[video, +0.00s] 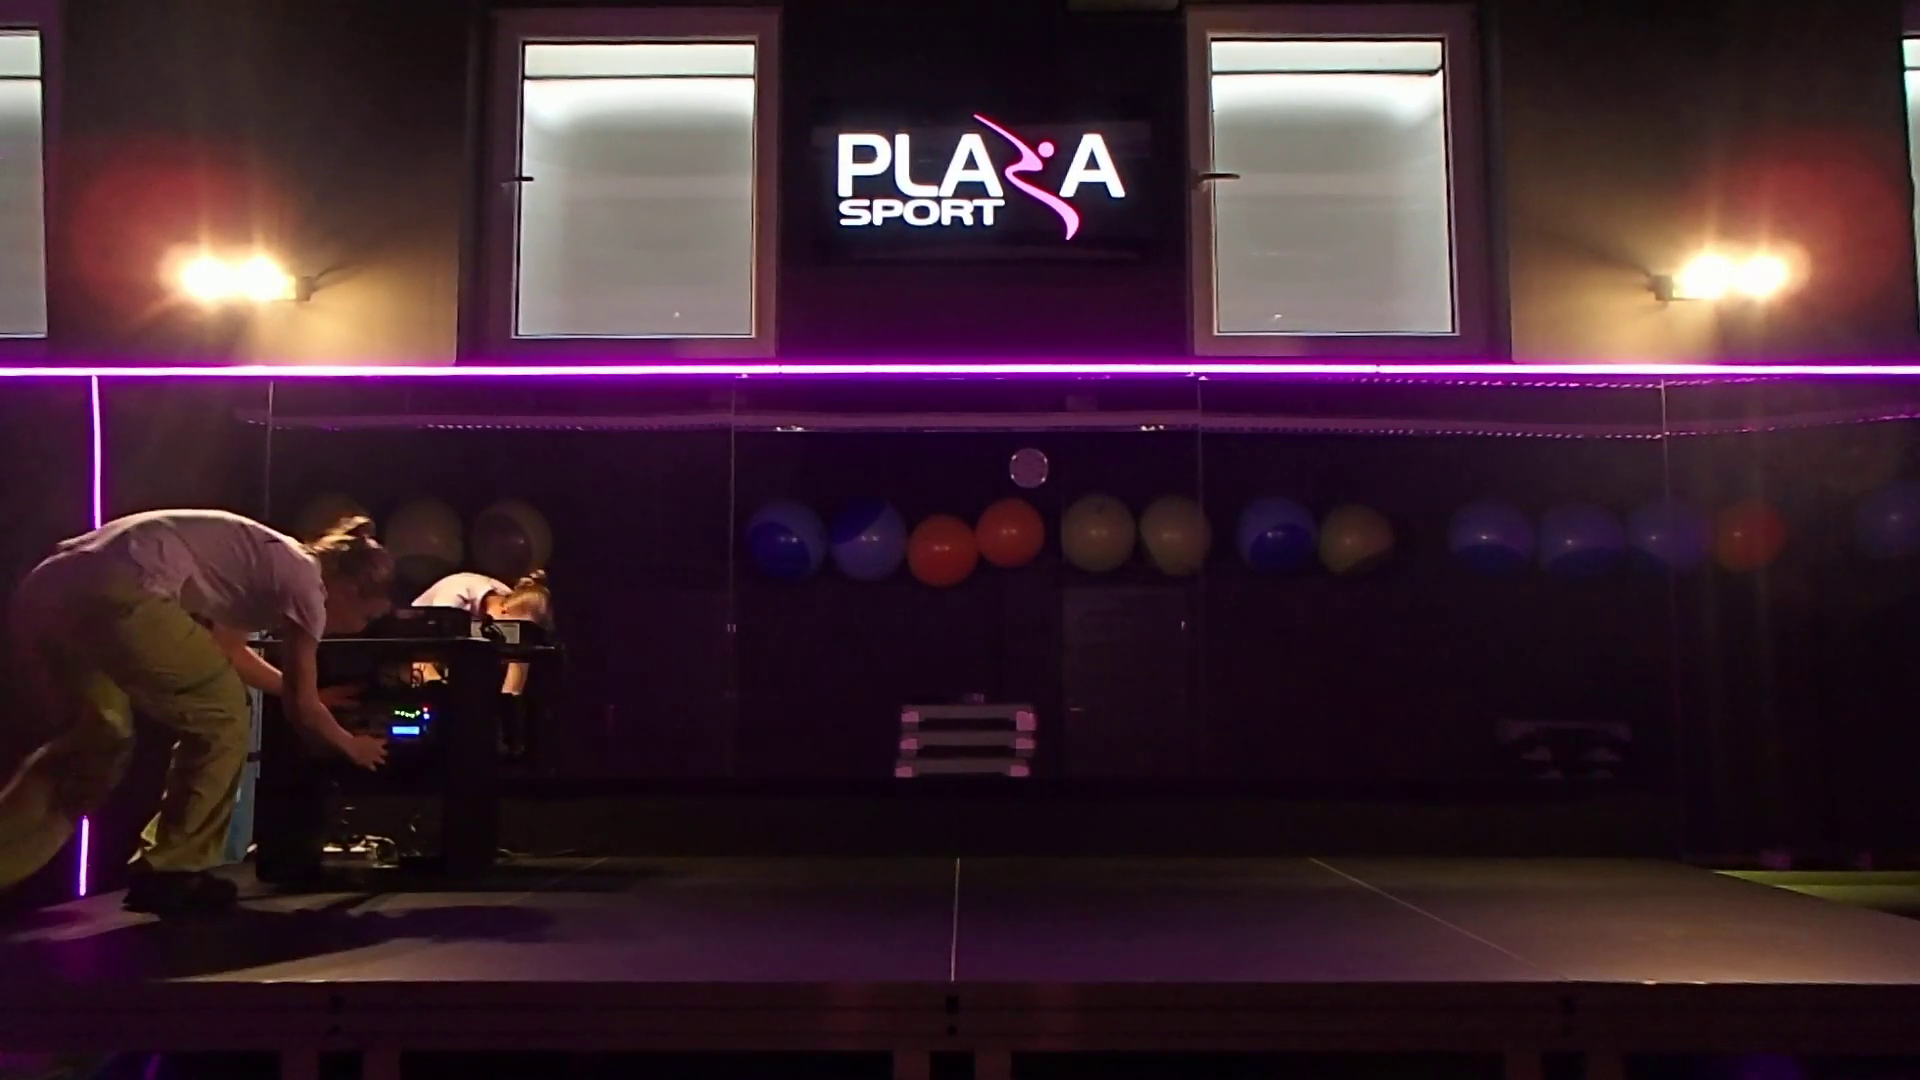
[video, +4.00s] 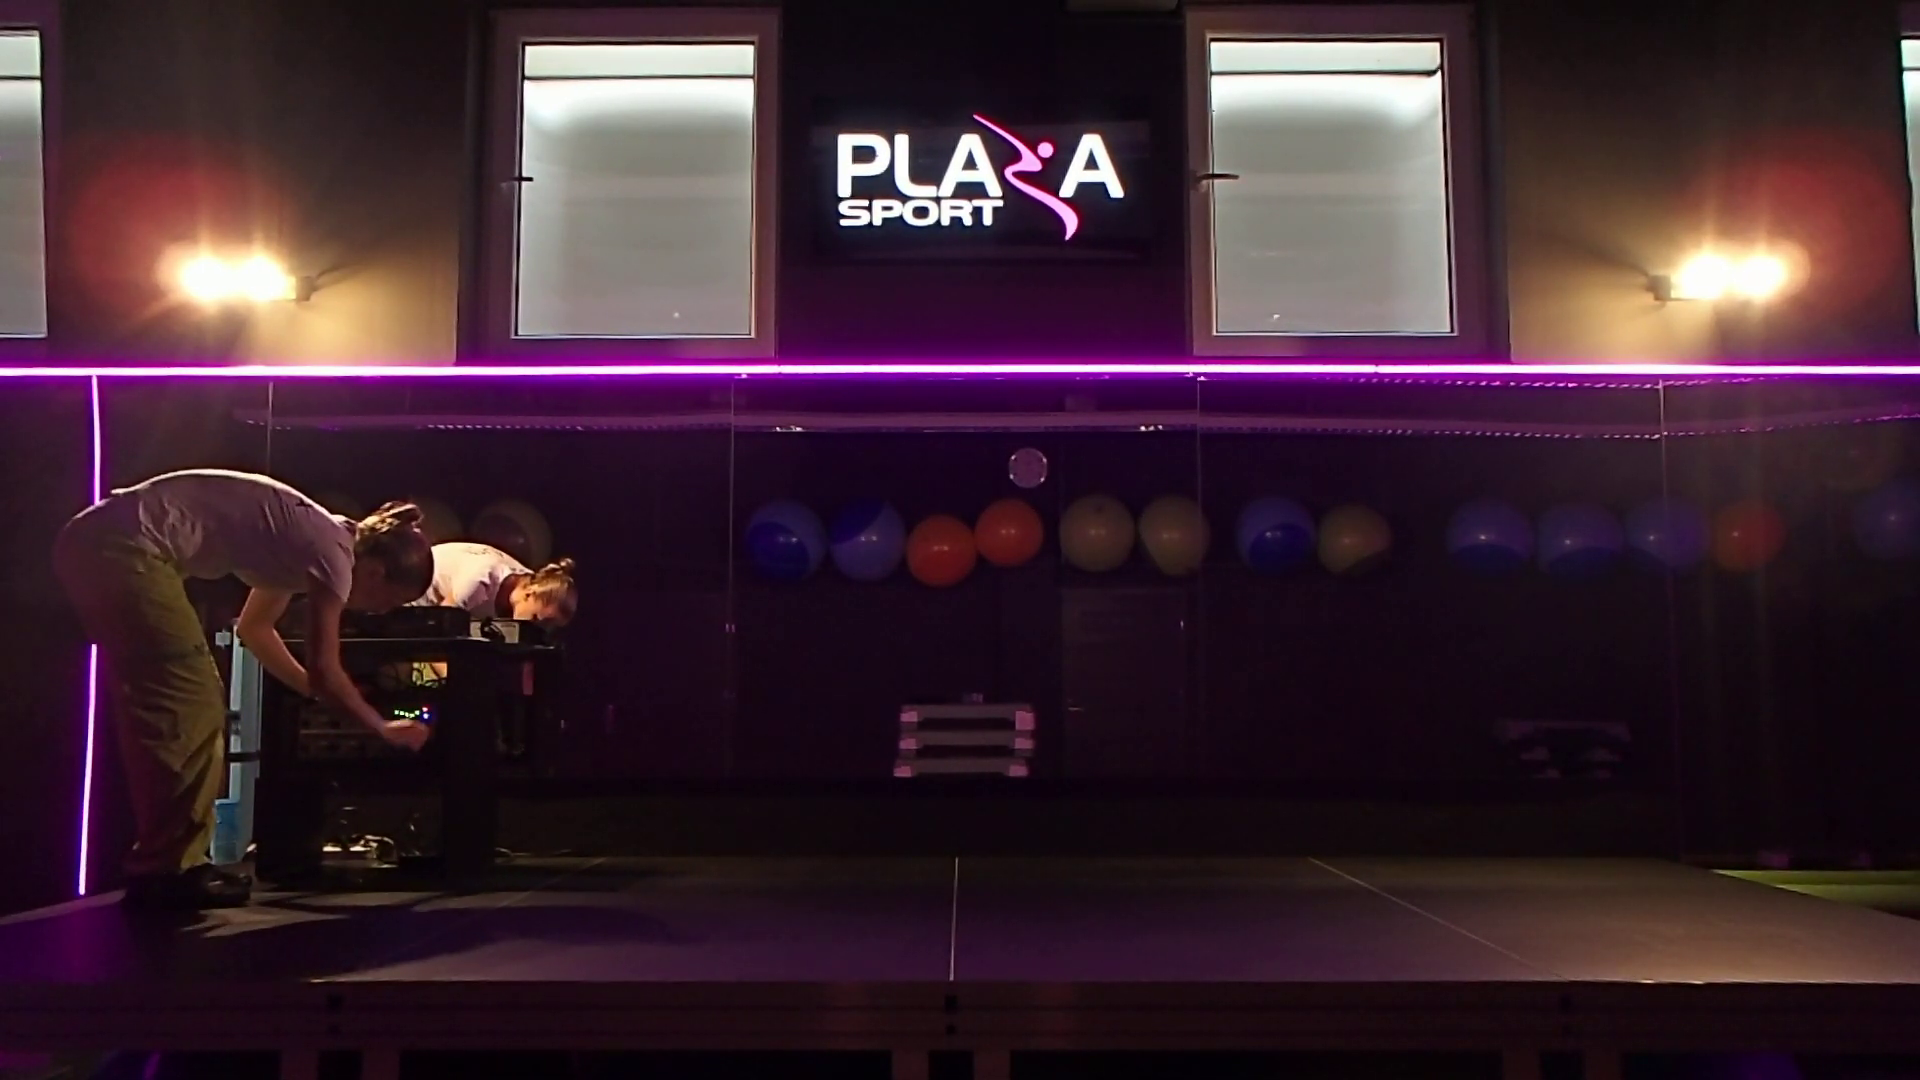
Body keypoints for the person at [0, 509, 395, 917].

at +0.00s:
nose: (358, 628)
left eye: (369, 620)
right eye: (366, 616)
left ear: (340, 570)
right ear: (349, 588)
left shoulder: (256, 567)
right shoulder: (305, 584)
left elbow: (226, 645)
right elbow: (303, 705)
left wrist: (299, 694)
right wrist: (350, 744)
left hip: (48, 587)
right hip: (123, 591)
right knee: (222, 715)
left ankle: (1, 864)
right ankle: (170, 872)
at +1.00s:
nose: (354, 633)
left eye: (367, 630)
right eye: (365, 624)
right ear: (354, 592)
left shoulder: (277, 560)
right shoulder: (315, 572)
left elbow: (236, 638)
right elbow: (297, 695)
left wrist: (299, 689)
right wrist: (344, 734)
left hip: (79, 559)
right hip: (123, 563)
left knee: (161, 710)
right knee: (214, 701)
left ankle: (163, 862)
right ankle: (173, 869)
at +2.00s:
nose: (380, 602)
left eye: (392, 596)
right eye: (389, 591)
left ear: (372, 554)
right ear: (374, 562)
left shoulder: (301, 539)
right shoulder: (317, 555)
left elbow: (254, 627)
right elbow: (314, 672)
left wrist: (309, 687)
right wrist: (361, 727)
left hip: (111, 547)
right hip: (108, 550)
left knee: (181, 696)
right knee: (182, 697)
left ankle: (177, 868)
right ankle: (168, 874)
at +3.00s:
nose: (380, 619)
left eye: (391, 615)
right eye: (390, 609)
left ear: (379, 571)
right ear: (380, 576)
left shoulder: (297, 552)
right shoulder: (338, 555)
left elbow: (248, 634)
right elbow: (342, 675)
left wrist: (314, 691)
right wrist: (394, 725)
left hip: (115, 543)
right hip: (132, 547)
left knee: (188, 697)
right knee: (197, 697)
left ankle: (168, 866)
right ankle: (169, 869)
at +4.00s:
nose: (376, 610)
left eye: (388, 607)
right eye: (386, 601)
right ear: (377, 570)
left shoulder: (302, 539)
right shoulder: (333, 550)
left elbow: (254, 626)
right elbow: (327, 669)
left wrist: (310, 686)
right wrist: (384, 727)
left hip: (107, 543)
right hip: (125, 548)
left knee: (178, 697)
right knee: (192, 698)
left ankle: (169, 865)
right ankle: (170, 869)